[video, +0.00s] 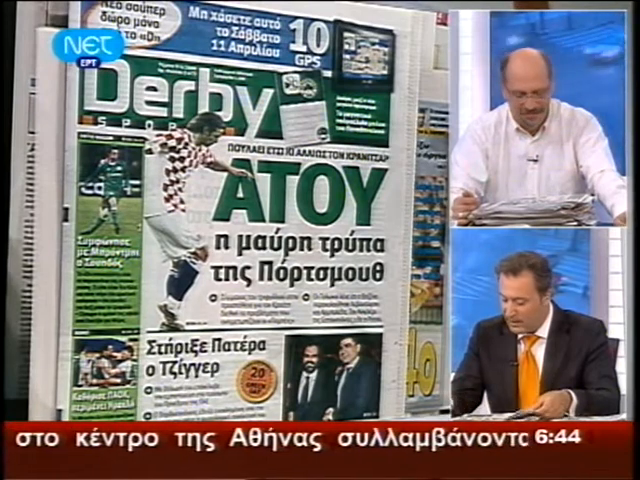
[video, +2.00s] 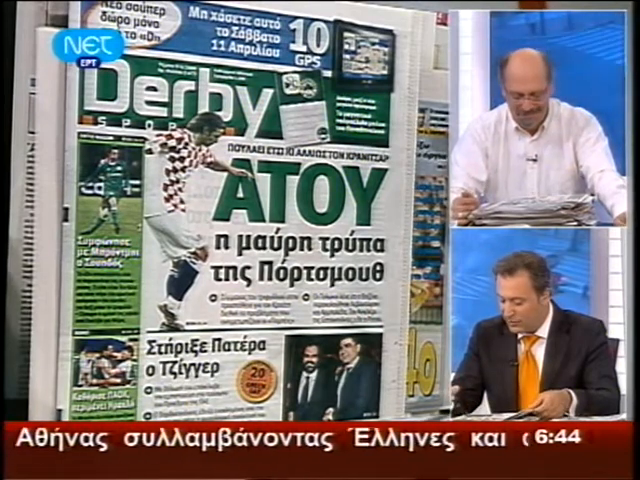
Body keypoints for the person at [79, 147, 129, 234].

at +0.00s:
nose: (115, 156)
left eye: (116, 154)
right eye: (113, 154)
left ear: (118, 155)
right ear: (109, 154)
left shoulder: (122, 165)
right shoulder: (104, 165)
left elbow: (126, 176)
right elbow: (95, 174)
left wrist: (127, 186)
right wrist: (85, 182)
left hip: (118, 190)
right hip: (108, 189)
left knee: (105, 213)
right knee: (113, 205)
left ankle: (91, 230)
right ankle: (116, 226)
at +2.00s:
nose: (115, 156)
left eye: (116, 154)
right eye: (113, 154)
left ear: (118, 155)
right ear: (109, 154)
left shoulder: (122, 165)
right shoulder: (104, 165)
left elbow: (126, 177)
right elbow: (95, 175)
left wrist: (127, 187)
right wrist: (85, 182)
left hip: (118, 190)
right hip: (108, 189)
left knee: (105, 213)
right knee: (113, 205)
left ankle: (91, 230)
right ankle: (116, 225)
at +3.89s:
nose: (115, 156)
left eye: (116, 154)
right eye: (113, 153)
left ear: (118, 155)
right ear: (109, 154)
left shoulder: (121, 166)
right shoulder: (104, 165)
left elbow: (126, 177)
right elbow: (95, 174)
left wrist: (127, 186)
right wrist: (86, 182)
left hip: (118, 190)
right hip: (108, 189)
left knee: (105, 213)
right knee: (114, 207)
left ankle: (91, 230)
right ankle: (117, 226)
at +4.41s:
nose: (115, 156)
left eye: (116, 154)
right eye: (113, 153)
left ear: (118, 155)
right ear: (109, 154)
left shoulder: (122, 166)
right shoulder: (104, 165)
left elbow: (126, 177)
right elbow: (95, 174)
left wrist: (127, 187)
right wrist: (86, 182)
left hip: (118, 190)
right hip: (108, 189)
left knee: (105, 213)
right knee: (113, 206)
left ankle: (91, 230)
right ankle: (116, 226)